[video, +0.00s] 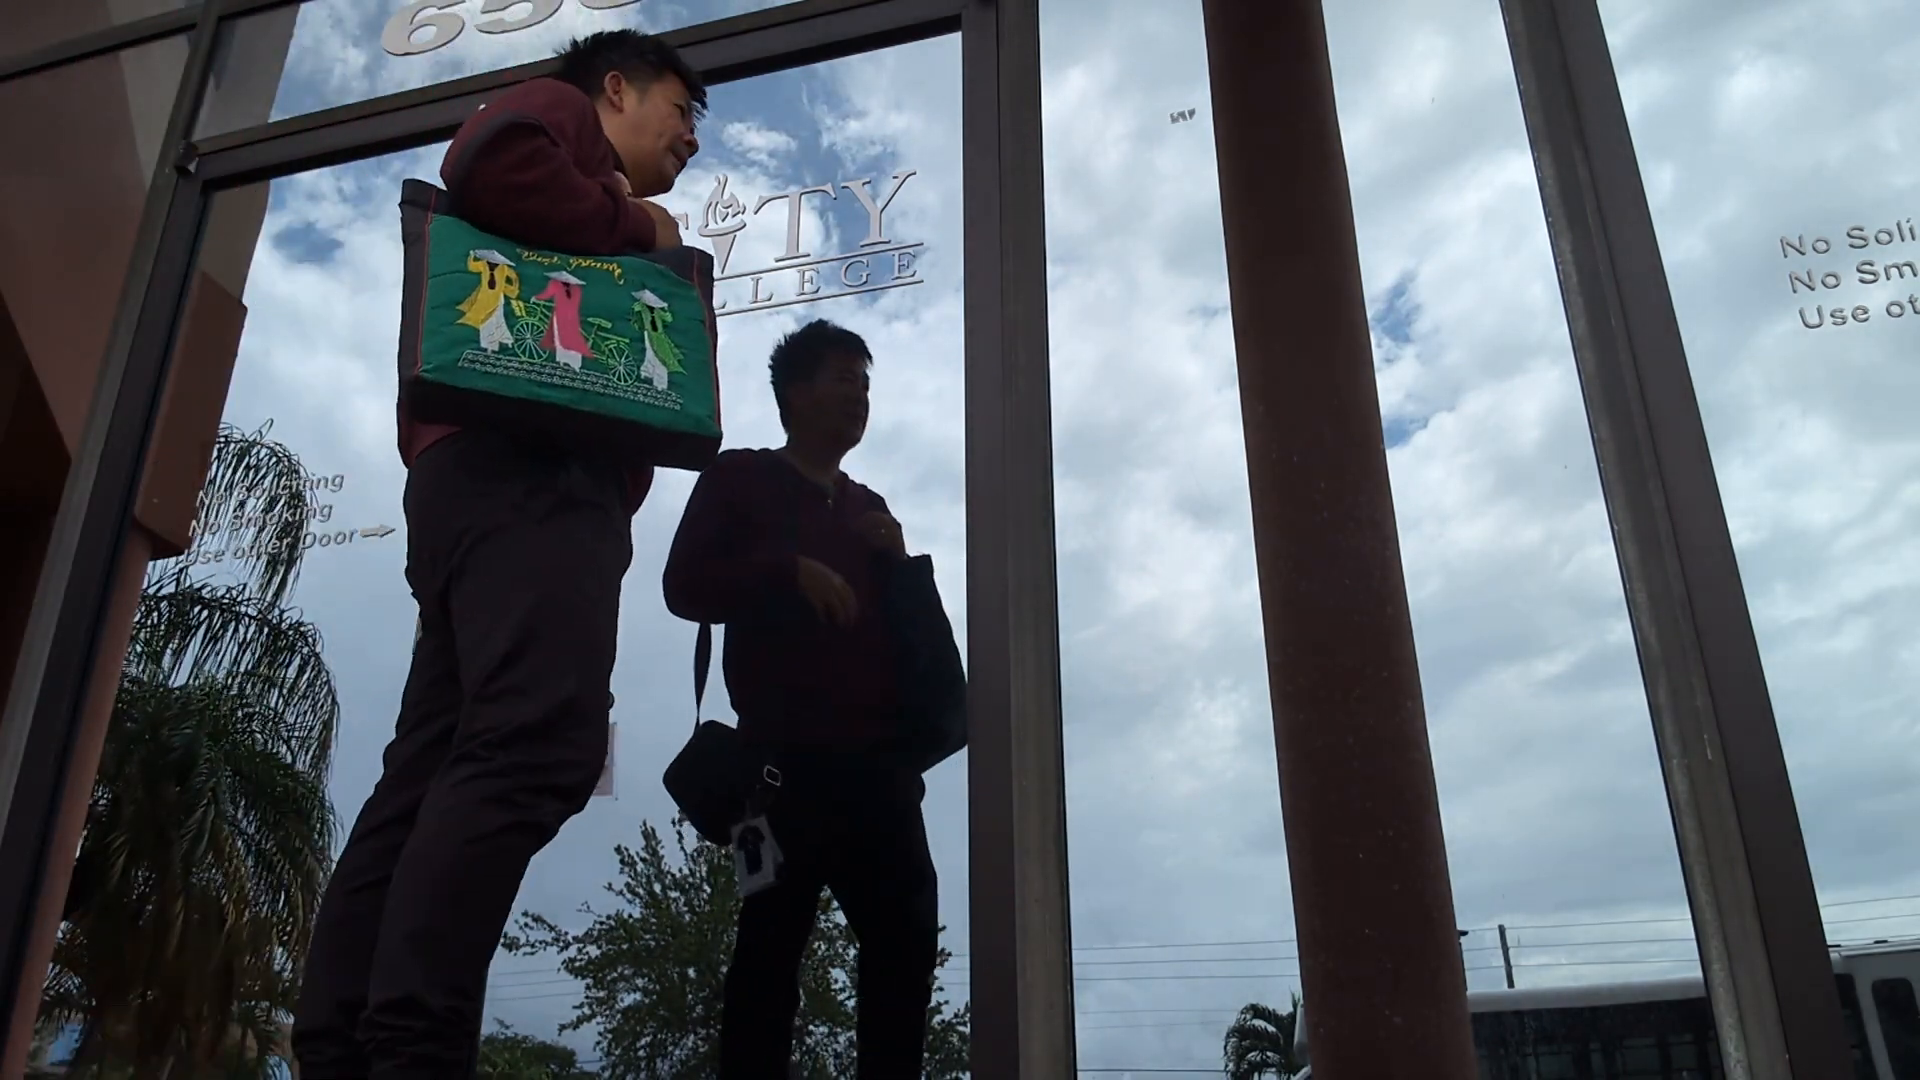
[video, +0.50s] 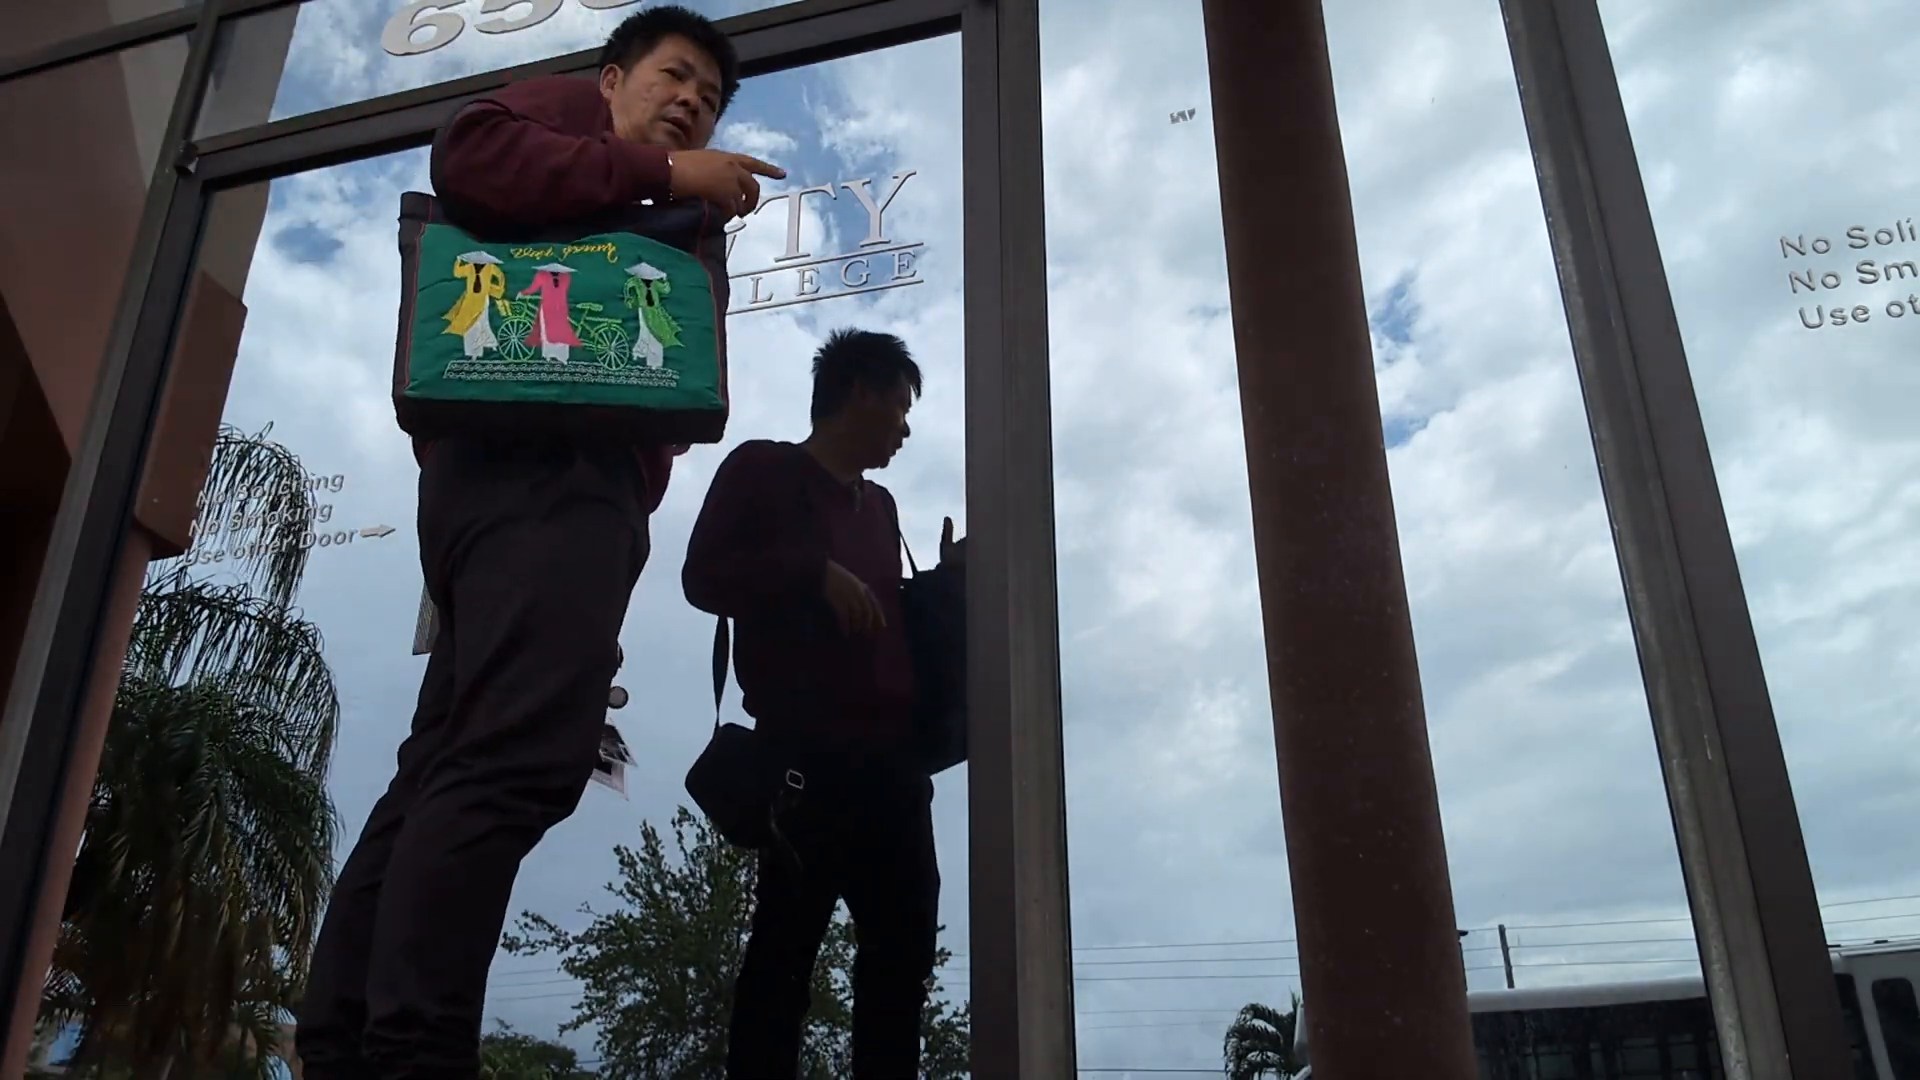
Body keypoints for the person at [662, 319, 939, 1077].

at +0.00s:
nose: (861, 397)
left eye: (865, 384)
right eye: (844, 380)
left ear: (863, 397)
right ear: (793, 393)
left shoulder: (869, 508)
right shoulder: (737, 478)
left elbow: (910, 634)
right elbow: (685, 586)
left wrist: (895, 560)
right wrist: (787, 571)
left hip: (873, 758)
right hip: (781, 753)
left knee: (906, 945)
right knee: (771, 946)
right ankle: (752, 1078)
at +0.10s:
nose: (877, 398)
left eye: (878, 385)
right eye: (862, 384)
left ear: (861, 397)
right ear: (810, 390)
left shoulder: (870, 505)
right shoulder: (741, 473)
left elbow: (911, 630)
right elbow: (688, 583)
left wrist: (898, 559)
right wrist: (791, 574)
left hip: (878, 755)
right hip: (785, 750)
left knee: (897, 955)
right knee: (775, 947)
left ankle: (886, 1079)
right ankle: (756, 1076)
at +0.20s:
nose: (890, 406)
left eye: (890, 391)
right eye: (876, 389)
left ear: (850, 397)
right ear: (825, 390)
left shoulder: (871, 502)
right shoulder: (746, 467)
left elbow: (912, 624)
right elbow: (691, 579)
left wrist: (899, 555)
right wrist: (796, 567)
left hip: (881, 748)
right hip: (789, 743)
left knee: (900, 951)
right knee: (779, 944)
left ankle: (889, 1076)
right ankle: (758, 1073)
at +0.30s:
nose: (897, 413)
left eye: (899, 399)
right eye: (887, 396)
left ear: (855, 399)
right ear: (839, 390)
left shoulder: (876, 505)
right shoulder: (749, 466)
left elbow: (923, 631)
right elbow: (693, 577)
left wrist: (909, 556)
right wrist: (799, 566)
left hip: (886, 754)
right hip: (794, 747)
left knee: (900, 959)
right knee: (780, 951)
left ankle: (888, 1078)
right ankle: (759, 1074)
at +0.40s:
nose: (903, 421)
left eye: (905, 405)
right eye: (895, 402)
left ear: (859, 401)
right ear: (850, 394)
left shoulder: (878, 506)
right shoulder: (755, 466)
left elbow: (912, 638)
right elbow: (698, 577)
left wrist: (927, 566)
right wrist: (807, 571)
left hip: (886, 756)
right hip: (797, 751)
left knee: (902, 958)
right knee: (783, 950)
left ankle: (887, 1079)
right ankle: (760, 1074)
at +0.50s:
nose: (908, 425)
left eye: (910, 409)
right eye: (900, 406)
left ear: (864, 404)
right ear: (858, 397)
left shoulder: (878, 505)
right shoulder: (760, 465)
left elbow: (887, 624)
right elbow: (703, 578)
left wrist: (946, 576)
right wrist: (815, 572)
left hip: (887, 758)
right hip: (800, 752)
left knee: (901, 952)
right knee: (784, 949)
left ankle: (885, 1077)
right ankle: (759, 1072)